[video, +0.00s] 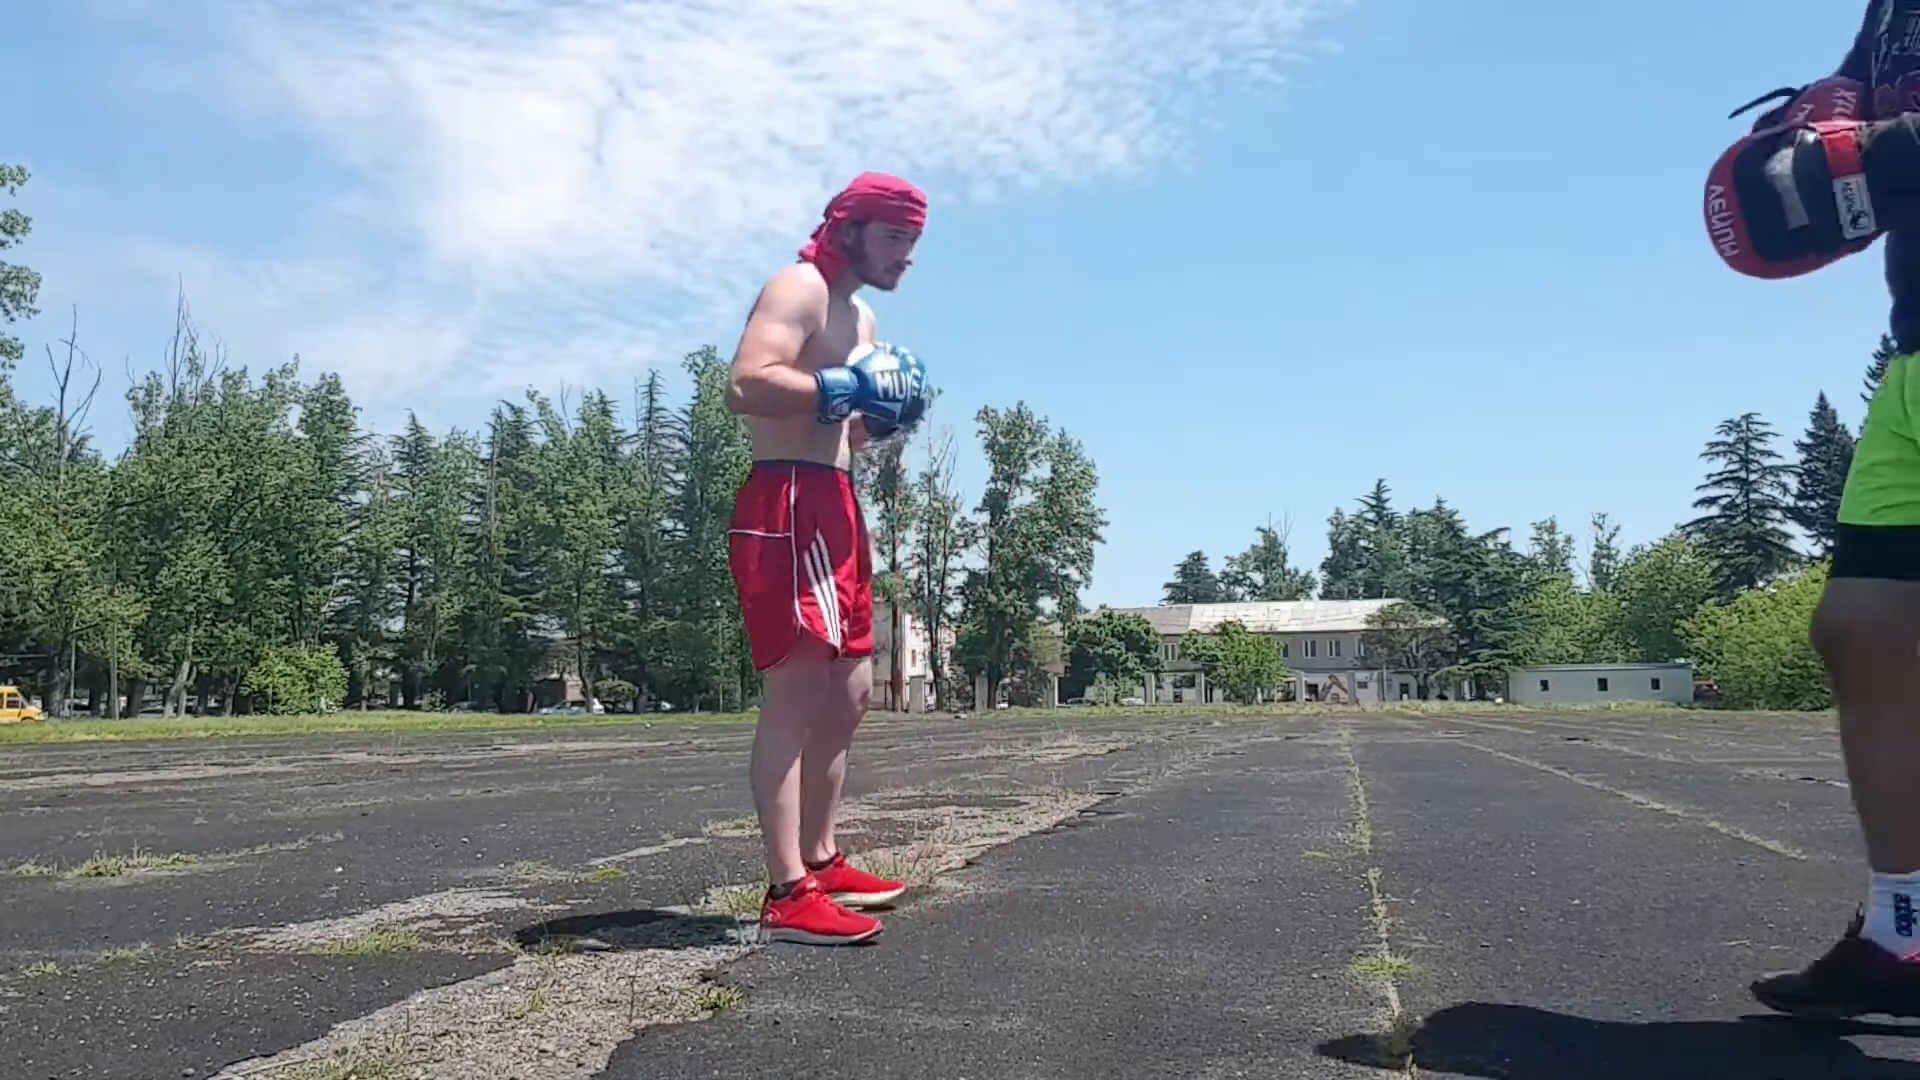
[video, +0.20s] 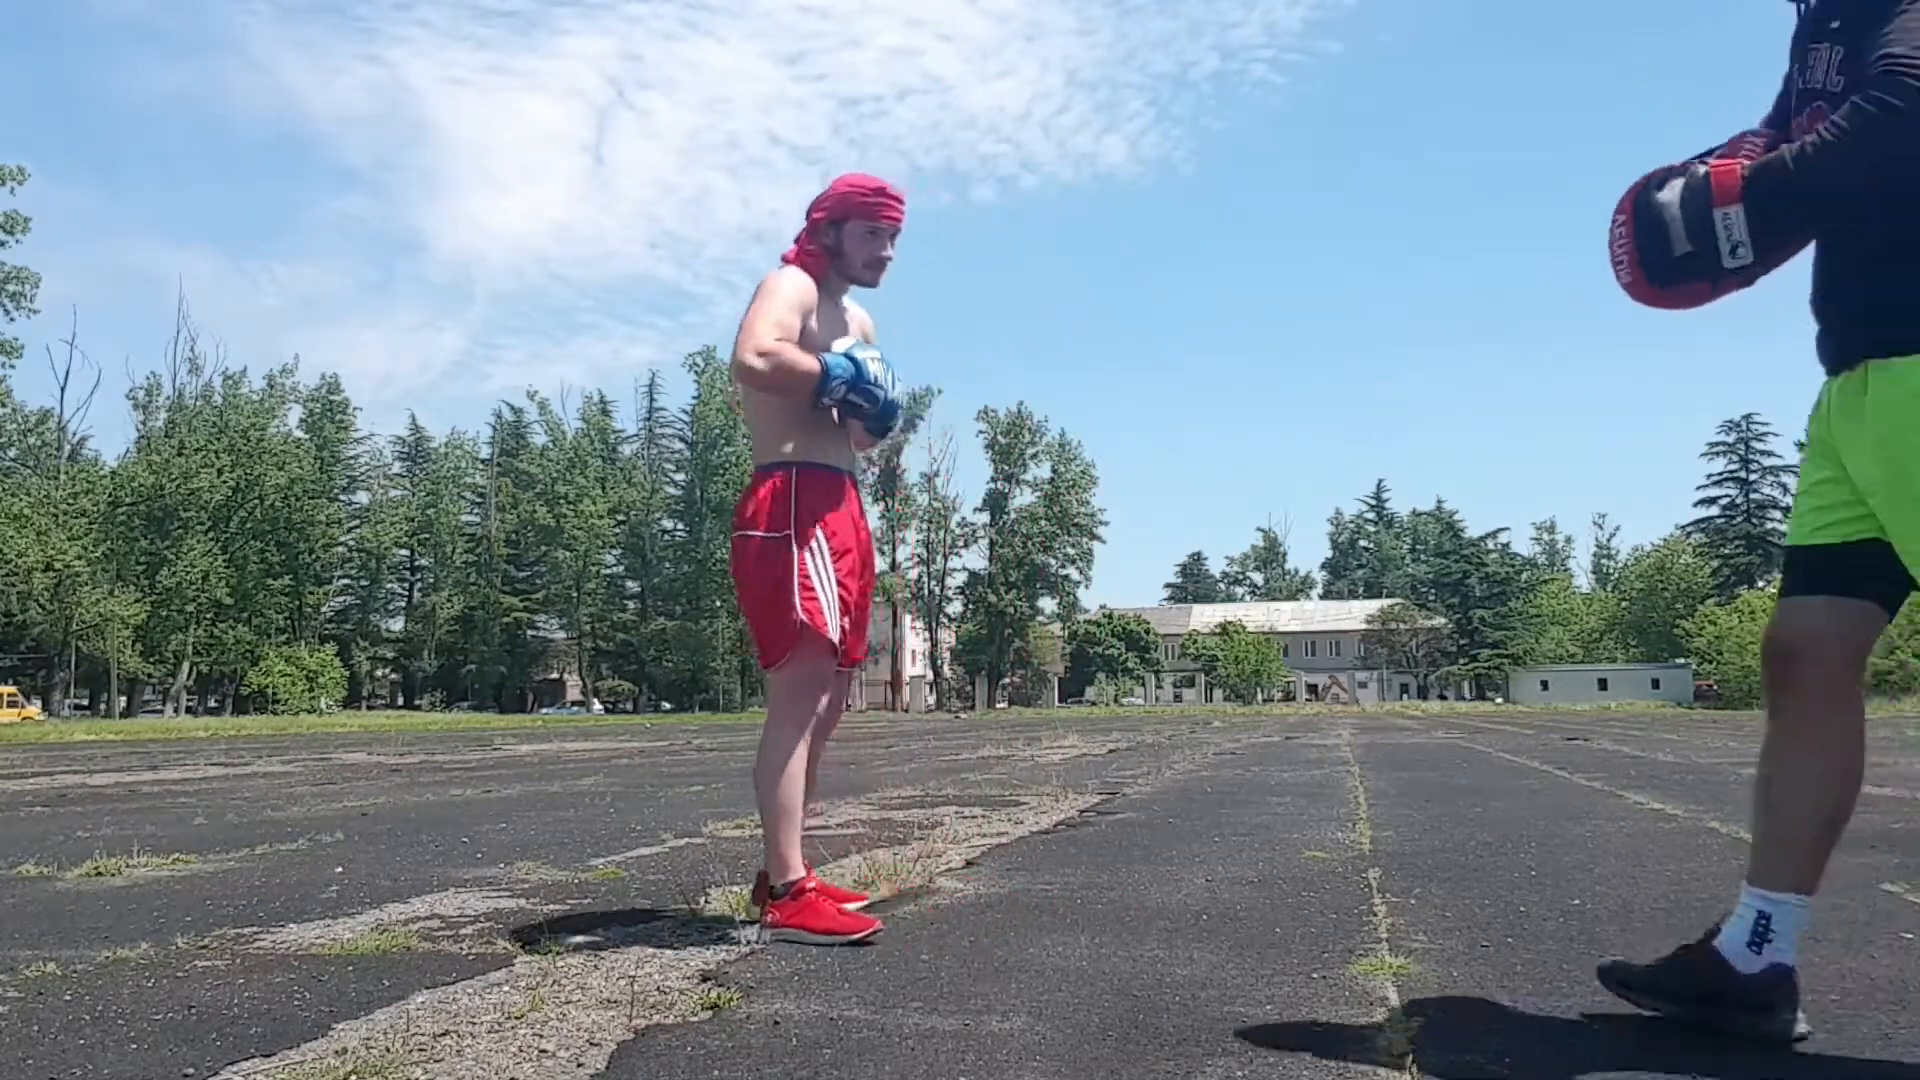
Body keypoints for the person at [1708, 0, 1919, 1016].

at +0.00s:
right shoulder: (1890, 19)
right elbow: (1850, 96)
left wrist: (1876, 147)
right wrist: (1817, 119)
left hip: (1915, 350)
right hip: (1909, 348)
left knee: (1868, 624)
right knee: (1864, 623)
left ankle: (1898, 936)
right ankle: (1896, 936)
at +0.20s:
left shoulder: (1883, 16)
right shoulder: (1825, 17)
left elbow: (1889, 122)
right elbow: (1792, 128)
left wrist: (1739, 198)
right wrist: (1703, 189)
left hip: (1905, 365)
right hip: (1855, 375)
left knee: (1830, 659)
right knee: (1810, 652)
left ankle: (1756, 956)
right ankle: (1756, 957)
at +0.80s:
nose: (1436, 21)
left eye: (1435, 5)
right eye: (1433, 10)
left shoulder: (1544, 10)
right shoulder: (1604, 34)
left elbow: (1571, 157)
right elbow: (1587, 232)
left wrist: (1463, 257)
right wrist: (1477, 294)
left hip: (1636, 358)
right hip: (1694, 354)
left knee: (1577, 653)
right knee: (1633, 665)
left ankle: (1600, 968)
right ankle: (1721, 949)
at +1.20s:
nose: (1337, 77)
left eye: (1337, 51)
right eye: (1331, 57)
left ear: (1371, 26)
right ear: (1425, 20)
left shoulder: (1414, 67)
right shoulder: (1480, 86)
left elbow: (1404, 218)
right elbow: (1459, 270)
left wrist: (1346, 338)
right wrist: (1380, 364)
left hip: (1525, 399)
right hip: (1545, 398)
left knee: (1477, 673)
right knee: (1446, 667)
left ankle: (1588, 961)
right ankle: (1466, 929)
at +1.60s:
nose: (1323, 87)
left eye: (1326, 68)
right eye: (1321, 71)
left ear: (1358, 49)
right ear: (1410, 35)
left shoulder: (1391, 107)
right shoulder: (1468, 110)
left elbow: (1253, 205)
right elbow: (1376, 211)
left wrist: (1150, 225)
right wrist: (1269, 182)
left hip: (1465, 433)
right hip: (1496, 426)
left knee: (1410, 694)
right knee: (1348, 642)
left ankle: (1541, 946)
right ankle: (1441, 881)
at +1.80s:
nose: (1312, 94)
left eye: (1314, 75)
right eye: (1310, 78)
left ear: (1339, 61)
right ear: (1397, 45)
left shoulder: (1376, 123)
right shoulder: (1453, 118)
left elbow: (1244, 223)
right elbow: (1355, 198)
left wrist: (1137, 237)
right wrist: (1258, 171)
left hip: (1436, 426)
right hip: (1474, 420)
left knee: (1419, 682)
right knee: (1356, 653)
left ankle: (1539, 941)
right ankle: (1396, 902)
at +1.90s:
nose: (1304, 100)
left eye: (1307, 82)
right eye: (1302, 85)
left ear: (1332, 68)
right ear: (1387, 55)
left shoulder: (1369, 128)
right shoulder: (1434, 124)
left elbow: (1236, 223)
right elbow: (1339, 196)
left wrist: (1127, 230)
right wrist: (1252, 175)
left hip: (1434, 434)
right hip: (1460, 429)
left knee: (1392, 674)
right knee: (1363, 673)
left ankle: (1531, 932)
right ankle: (1395, 908)